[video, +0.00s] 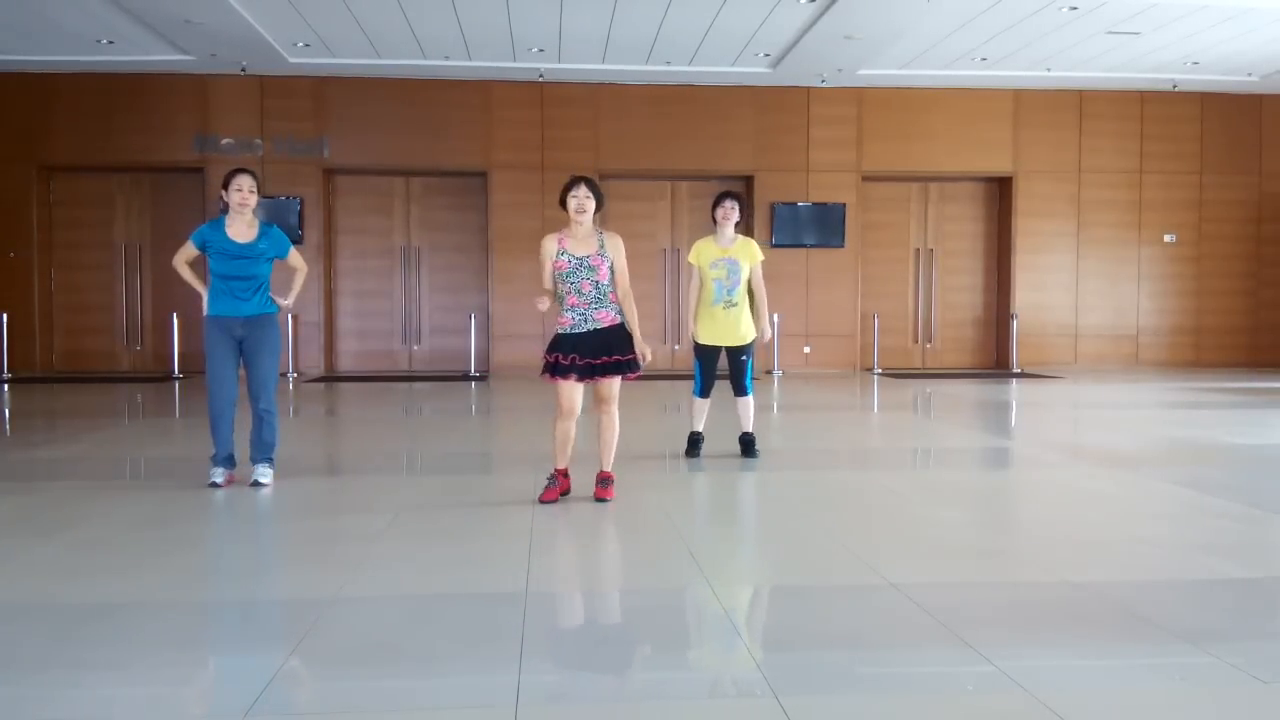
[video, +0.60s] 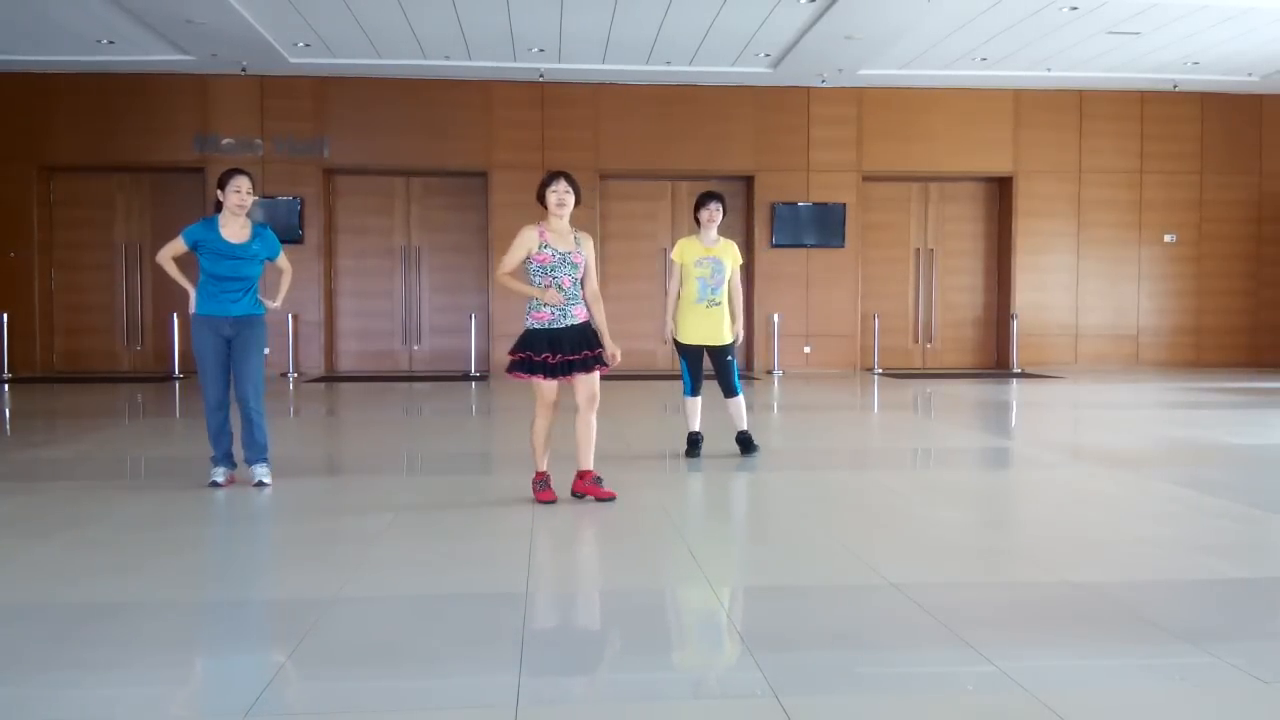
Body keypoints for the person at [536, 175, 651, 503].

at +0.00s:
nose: (581, 202)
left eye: (587, 197)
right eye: (575, 197)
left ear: (597, 204)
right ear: (565, 202)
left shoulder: (612, 242)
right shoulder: (551, 244)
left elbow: (624, 292)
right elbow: (549, 292)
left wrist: (637, 337)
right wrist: (547, 300)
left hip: (610, 335)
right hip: (570, 336)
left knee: (607, 405)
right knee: (567, 410)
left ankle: (605, 475)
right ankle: (560, 475)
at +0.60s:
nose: (561, 197)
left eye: (567, 192)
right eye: (554, 192)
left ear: (575, 200)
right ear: (544, 199)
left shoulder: (584, 241)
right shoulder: (531, 235)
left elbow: (592, 292)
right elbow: (502, 275)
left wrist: (606, 339)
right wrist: (538, 292)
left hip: (580, 329)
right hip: (544, 331)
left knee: (589, 400)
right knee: (547, 402)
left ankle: (586, 476)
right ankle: (541, 476)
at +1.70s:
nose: (575, 199)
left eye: (581, 194)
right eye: (569, 194)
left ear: (591, 201)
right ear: (559, 201)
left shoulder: (607, 239)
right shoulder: (546, 240)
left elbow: (618, 291)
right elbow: (542, 290)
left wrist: (628, 335)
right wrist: (531, 325)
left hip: (604, 334)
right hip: (563, 336)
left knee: (601, 405)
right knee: (561, 409)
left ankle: (602, 475)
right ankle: (552, 475)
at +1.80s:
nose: (576, 201)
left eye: (582, 196)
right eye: (569, 196)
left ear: (591, 202)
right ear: (560, 202)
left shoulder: (606, 242)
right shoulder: (546, 241)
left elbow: (617, 291)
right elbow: (538, 290)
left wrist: (630, 339)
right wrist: (534, 332)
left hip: (605, 335)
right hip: (564, 337)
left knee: (601, 406)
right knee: (566, 410)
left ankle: (602, 476)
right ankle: (551, 474)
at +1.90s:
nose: (576, 202)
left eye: (582, 197)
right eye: (570, 197)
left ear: (591, 204)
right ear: (559, 204)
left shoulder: (603, 245)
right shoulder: (545, 241)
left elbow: (614, 293)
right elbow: (534, 291)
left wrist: (629, 340)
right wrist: (534, 340)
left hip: (603, 335)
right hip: (564, 337)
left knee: (600, 407)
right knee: (568, 411)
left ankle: (602, 475)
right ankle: (546, 474)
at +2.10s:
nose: (572, 201)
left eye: (578, 196)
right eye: (565, 196)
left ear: (586, 203)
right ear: (554, 202)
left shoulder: (594, 244)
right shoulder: (543, 237)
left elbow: (605, 295)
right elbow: (522, 282)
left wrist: (621, 341)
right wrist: (524, 330)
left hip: (594, 333)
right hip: (558, 335)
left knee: (595, 404)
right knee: (562, 407)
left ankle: (598, 475)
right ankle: (544, 475)